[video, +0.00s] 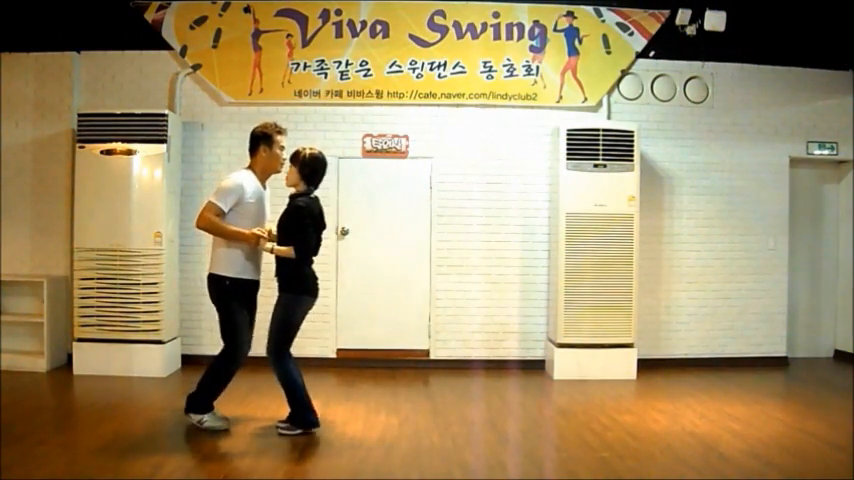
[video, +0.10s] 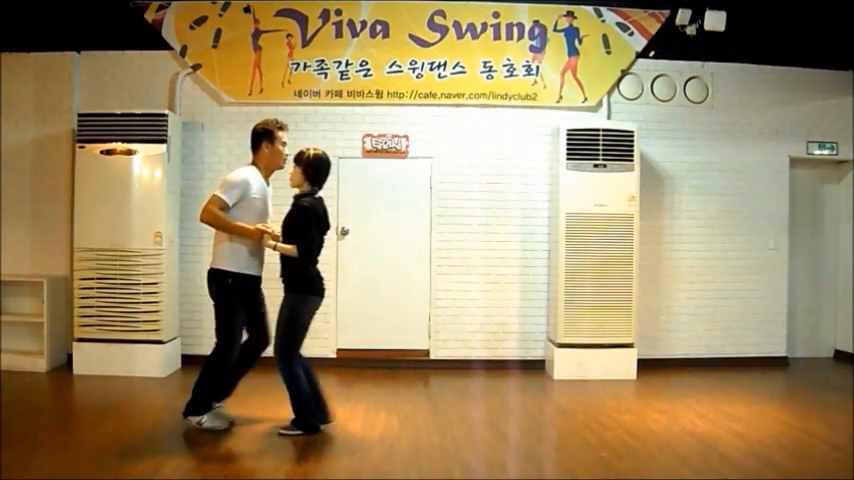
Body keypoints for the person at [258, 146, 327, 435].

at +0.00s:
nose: (285, 169)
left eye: (290, 166)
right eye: (288, 165)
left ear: (301, 173)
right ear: (306, 173)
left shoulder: (300, 206)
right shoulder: (309, 202)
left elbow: (302, 251)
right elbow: (306, 245)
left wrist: (269, 247)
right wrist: (275, 237)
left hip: (296, 288)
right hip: (301, 286)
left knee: (277, 350)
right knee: (279, 349)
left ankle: (303, 417)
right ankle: (302, 412)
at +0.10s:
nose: (289, 171)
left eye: (294, 167)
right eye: (292, 166)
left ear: (305, 174)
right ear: (310, 174)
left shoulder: (305, 207)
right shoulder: (312, 203)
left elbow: (305, 251)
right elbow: (304, 246)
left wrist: (274, 244)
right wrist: (277, 237)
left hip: (301, 290)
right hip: (307, 289)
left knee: (285, 352)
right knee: (290, 351)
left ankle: (307, 419)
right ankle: (317, 412)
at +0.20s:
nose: (301, 173)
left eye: (306, 169)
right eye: (303, 168)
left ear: (317, 176)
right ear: (323, 177)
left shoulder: (315, 208)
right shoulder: (325, 204)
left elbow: (314, 253)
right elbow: (338, 231)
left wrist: (285, 245)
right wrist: (292, 237)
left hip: (312, 293)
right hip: (321, 291)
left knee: (292, 352)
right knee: (306, 352)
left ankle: (307, 421)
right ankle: (357, 398)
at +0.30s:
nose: (317, 177)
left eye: (322, 173)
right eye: (320, 172)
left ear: (332, 179)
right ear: (337, 179)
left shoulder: (333, 212)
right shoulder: (341, 208)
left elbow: (330, 258)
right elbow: (351, 235)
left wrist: (299, 249)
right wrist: (310, 244)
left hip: (330, 296)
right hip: (340, 294)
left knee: (300, 353)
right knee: (341, 357)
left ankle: (307, 421)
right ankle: (397, 391)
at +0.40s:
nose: (340, 180)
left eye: (345, 176)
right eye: (342, 175)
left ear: (357, 182)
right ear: (360, 182)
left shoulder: (359, 214)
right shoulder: (364, 211)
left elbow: (354, 258)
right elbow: (354, 254)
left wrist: (319, 252)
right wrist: (323, 252)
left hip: (357, 299)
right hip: (366, 298)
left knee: (324, 350)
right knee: (377, 356)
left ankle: (309, 420)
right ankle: (429, 401)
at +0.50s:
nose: (365, 180)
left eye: (369, 176)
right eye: (367, 175)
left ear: (382, 181)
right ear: (385, 181)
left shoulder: (386, 213)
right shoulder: (389, 210)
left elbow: (369, 255)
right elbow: (374, 252)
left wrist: (337, 248)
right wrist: (341, 244)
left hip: (387, 298)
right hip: (393, 296)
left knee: (352, 349)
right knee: (403, 355)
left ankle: (331, 417)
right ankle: (442, 411)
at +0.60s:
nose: (385, 178)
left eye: (390, 173)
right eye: (387, 172)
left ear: (402, 178)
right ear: (406, 178)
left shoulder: (409, 211)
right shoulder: (407, 208)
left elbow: (390, 250)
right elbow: (383, 240)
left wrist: (356, 243)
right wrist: (355, 234)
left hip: (407, 294)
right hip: (414, 291)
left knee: (375, 348)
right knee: (417, 355)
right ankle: (445, 415)